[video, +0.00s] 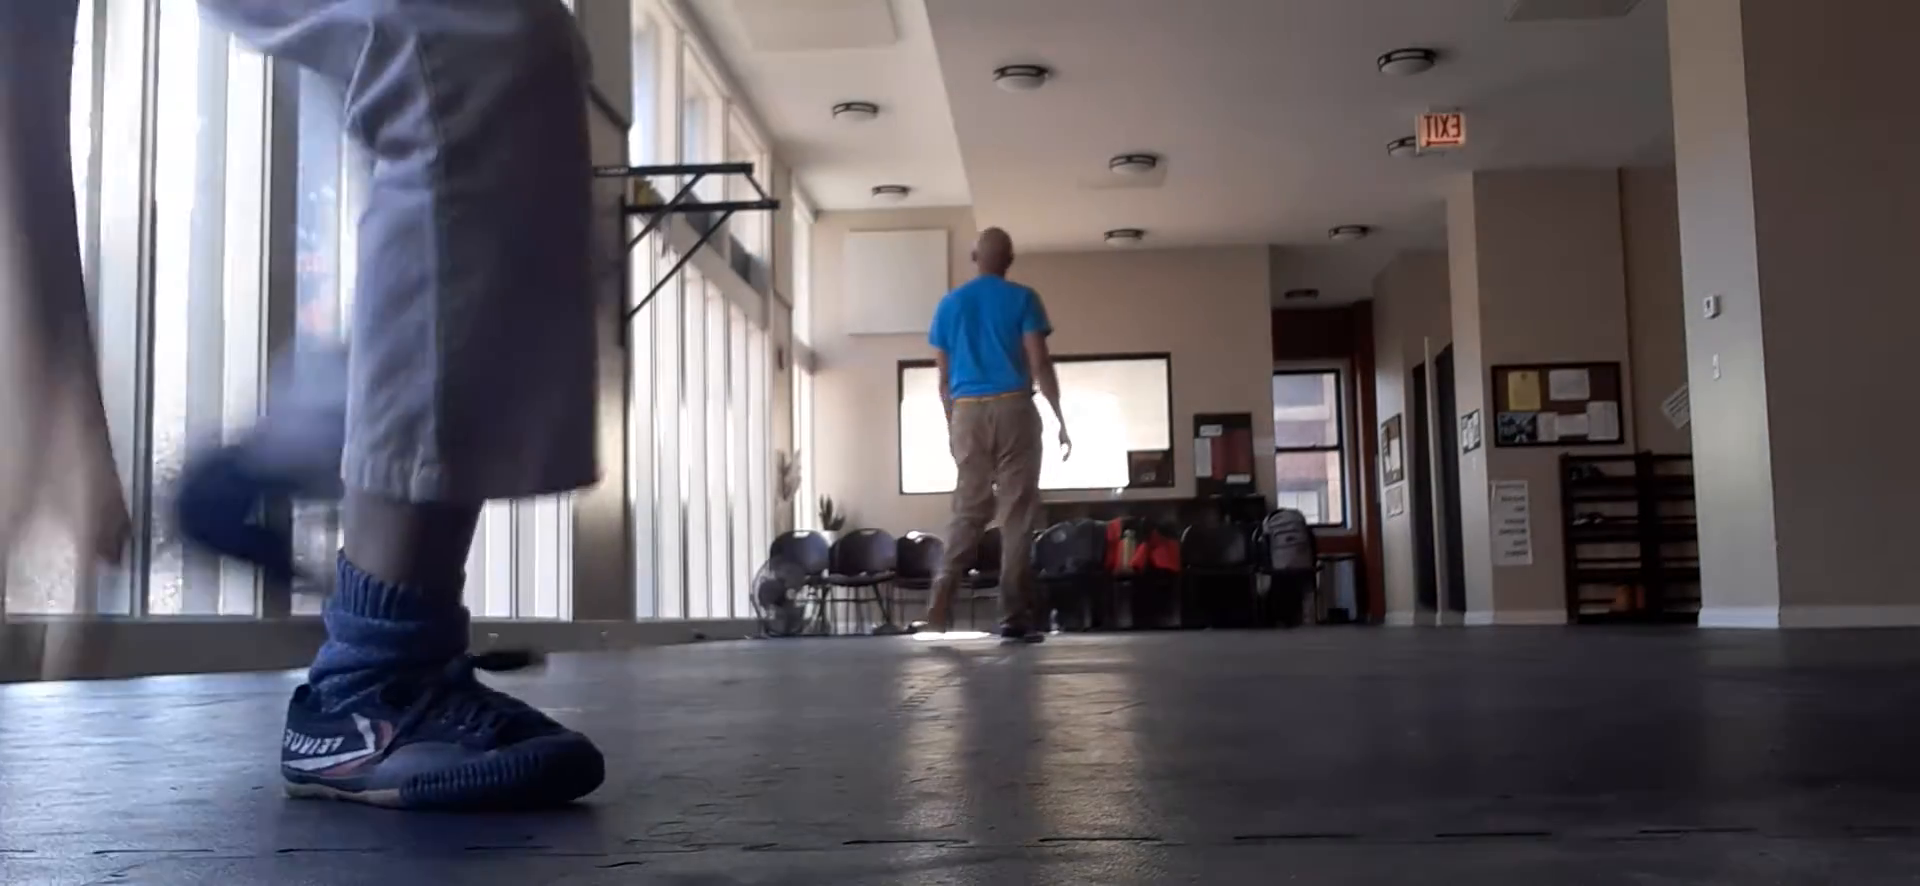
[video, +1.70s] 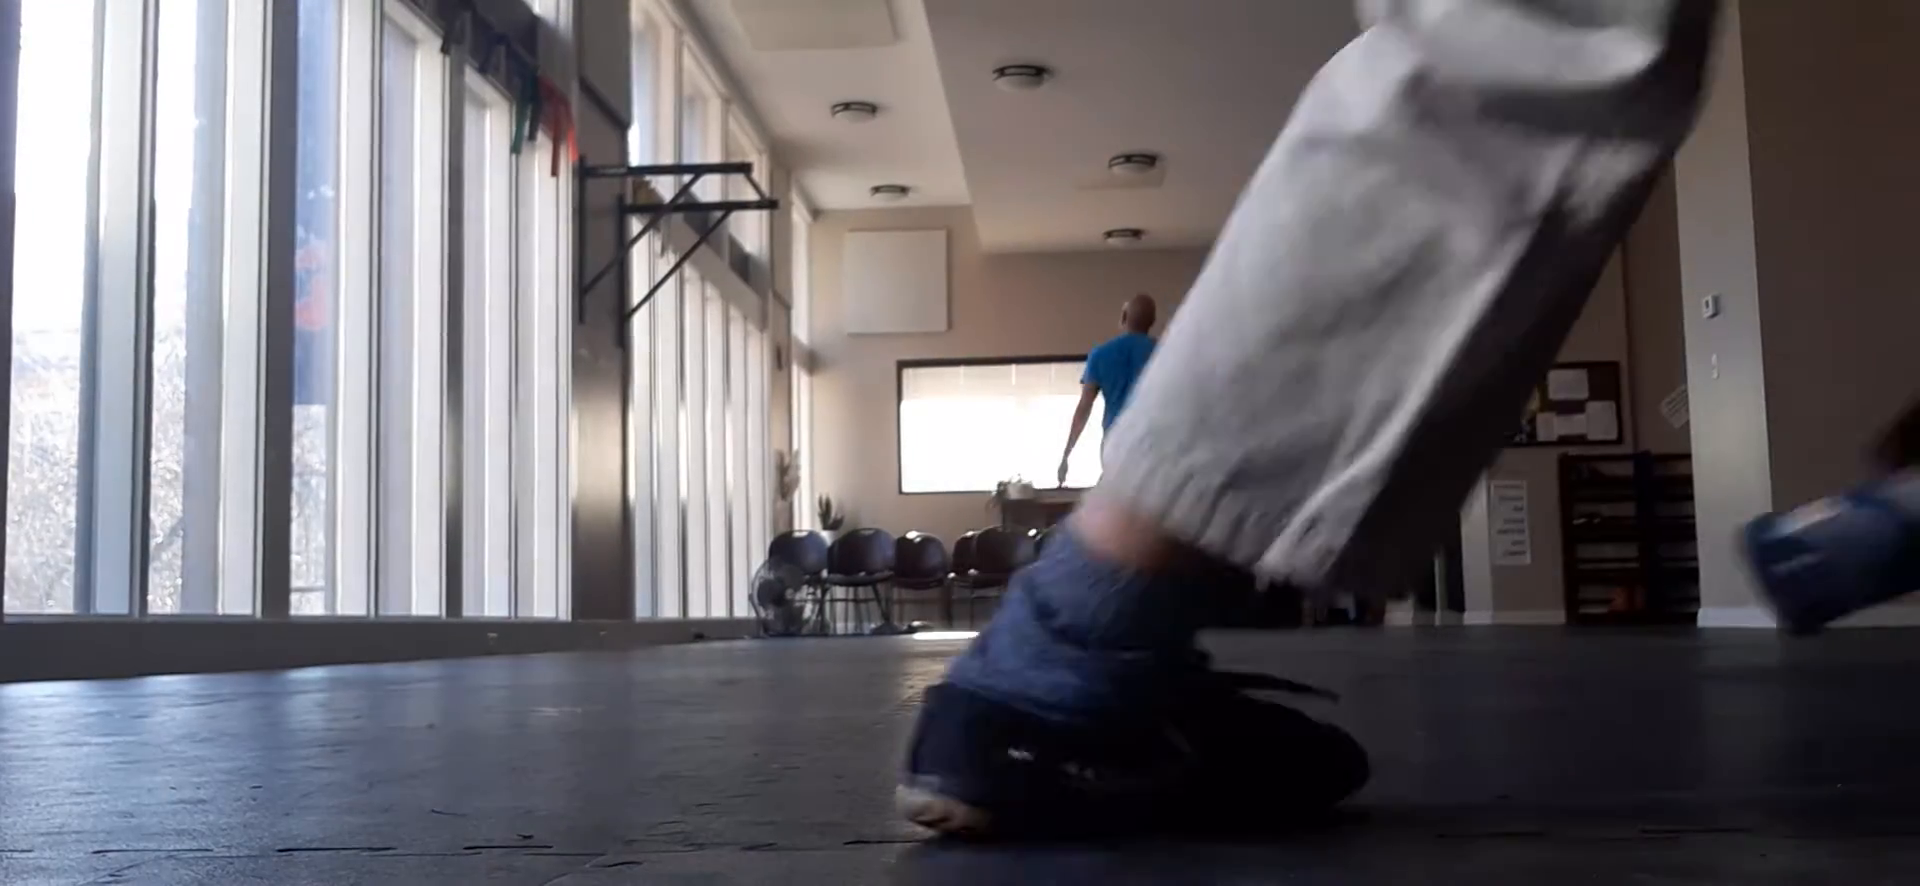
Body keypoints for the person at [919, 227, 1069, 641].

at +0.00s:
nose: (989, 258)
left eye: (979, 251)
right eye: (1006, 256)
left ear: (974, 258)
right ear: (1010, 261)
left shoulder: (948, 304)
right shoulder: (1023, 298)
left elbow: (944, 378)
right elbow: (1039, 364)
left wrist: (954, 424)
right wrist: (1060, 420)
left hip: (967, 413)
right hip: (1015, 410)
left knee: (968, 509)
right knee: (1016, 512)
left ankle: (939, 606)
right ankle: (1014, 616)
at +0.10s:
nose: (1008, 262)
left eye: (993, 254)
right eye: (1020, 258)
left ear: (987, 261)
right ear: (1023, 263)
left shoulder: (962, 305)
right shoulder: (1037, 299)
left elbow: (952, 375)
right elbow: (1055, 360)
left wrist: (946, 431)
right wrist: (1074, 415)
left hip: (979, 413)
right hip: (1024, 411)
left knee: (986, 510)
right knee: (1020, 513)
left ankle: (967, 608)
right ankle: (1016, 615)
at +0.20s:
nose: (1019, 268)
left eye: (1007, 261)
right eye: (1030, 263)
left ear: (999, 265)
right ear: (1034, 267)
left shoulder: (973, 308)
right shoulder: (1048, 302)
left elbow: (955, 377)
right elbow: (1070, 364)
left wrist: (942, 431)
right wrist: (1088, 412)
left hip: (988, 415)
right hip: (1031, 413)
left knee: (1003, 511)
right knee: (1025, 512)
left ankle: (1028, 608)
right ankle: (1011, 615)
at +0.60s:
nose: (1034, 286)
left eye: (1031, 280)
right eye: (1056, 281)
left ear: (1029, 284)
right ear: (1063, 285)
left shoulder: (1009, 326)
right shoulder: (1078, 319)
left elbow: (986, 388)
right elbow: (1096, 380)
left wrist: (967, 438)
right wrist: (1116, 430)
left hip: (1021, 427)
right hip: (1060, 426)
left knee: (1040, 526)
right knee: (1077, 516)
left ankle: (1055, 623)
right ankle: (1043, 580)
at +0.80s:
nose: (1065, 292)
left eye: (1049, 284)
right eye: (1075, 288)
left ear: (1044, 288)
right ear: (1078, 290)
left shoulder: (1022, 327)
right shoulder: (1089, 322)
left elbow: (1012, 391)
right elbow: (1106, 380)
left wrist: (1022, 434)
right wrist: (1126, 432)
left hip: (1033, 426)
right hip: (1077, 426)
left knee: (1050, 524)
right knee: (1102, 511)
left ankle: (1058, 621)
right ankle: (1093, 600)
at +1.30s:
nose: (1104, 305)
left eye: (1099, 299)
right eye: (1122, 302)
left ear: (1097, 303)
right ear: (1127, 306)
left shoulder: (1075, 342)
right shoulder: (1142, 338)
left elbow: (1066, 403)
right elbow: (1158, 392)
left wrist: (1060, 446)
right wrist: (1177, 439)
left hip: (1094, 438)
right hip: (1135, 437)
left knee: (1089, 520)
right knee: (1136, 523)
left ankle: (1078, 586)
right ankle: (1133, 614)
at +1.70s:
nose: (1120, 318)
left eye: (1122, 314)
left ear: (1123, 317)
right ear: (1152, 323)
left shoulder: (1102, 354)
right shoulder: (1163, 354)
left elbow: (1084, 408)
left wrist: (1065, 456)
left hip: (1116, 443)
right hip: (1155, 442)